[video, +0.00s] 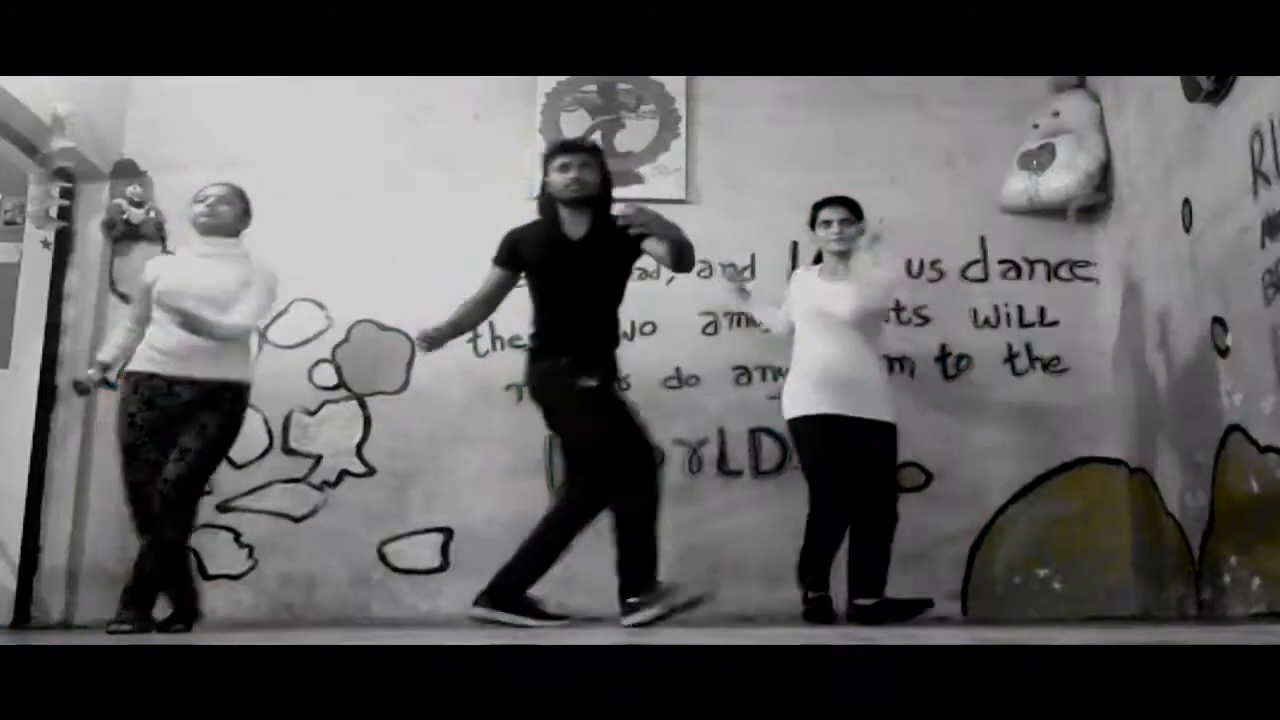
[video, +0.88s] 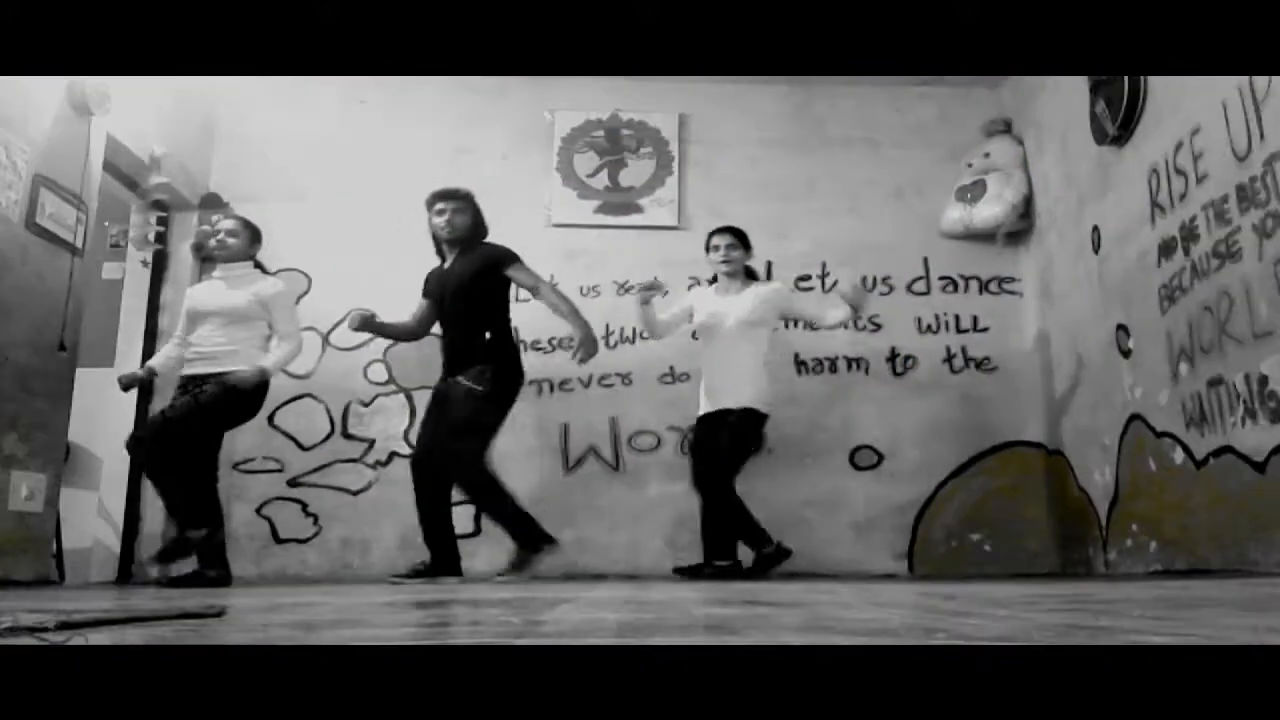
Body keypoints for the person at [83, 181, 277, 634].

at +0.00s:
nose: (208, 203)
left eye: (222, 199)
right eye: (201, 199)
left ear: (242, 219)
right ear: (190, 213)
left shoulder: (257, 272)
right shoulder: (161, 265)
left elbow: (242, 328)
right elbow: (133, 323)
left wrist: (194, 320)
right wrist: (103, 364)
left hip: (216, 392)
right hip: (149, 387)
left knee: (173, 494)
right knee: (145, 499)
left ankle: (134, 608)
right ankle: (185, 604)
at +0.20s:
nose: (176, 199)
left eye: (191, 195)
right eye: (170, 193)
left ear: (210, 215)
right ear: (159, 207)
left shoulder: (222, 259)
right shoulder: (151, 264)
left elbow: (228, 325)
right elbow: (131, 338)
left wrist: (168, 334)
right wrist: (81, 336)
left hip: (191, 381)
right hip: (139, 384)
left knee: (113, 472)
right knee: (158, 496)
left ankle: (124, 599)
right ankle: (213, 599)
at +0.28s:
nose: (161, 201)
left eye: (176, 199)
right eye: (157, 196)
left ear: (197, 219)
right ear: (146, 207)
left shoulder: (208, 262)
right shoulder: (125, 270)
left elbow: (255, 314)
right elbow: (99, 329)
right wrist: (47, 318)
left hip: (167, 382)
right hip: (137, 384)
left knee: (93, 489)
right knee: (166, 502)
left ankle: (79, 606)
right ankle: (220, 606)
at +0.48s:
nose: (141, 202)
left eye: (156, 198)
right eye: (137, 197)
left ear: (180, 219)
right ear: (127, 211)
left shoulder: (191, 264)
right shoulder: (105, 264)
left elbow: (239, 312)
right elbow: (61, 313)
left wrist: (261, 333)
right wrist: (25, 342)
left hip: (147, 379)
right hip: (98, 381)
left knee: (77, 484)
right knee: (97, 496)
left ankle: (86, 608)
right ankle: (188, 583)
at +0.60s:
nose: (135, 203)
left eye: (150, 199)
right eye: (132, 199)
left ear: (175, 218)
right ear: (125, 213)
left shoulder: (194, 267)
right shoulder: (100, 268)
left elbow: (216, 335)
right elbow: (70, 330)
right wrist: (42, 374)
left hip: (148, 381)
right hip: (87, 380)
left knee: (84, 478)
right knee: (71, 482)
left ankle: (131, 601)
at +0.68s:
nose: (216, 239)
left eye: (228, 235)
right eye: (212, 235)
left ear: (249, 250)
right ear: (205, 249)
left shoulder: (262, 289)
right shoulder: (193, 297)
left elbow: (261, 343)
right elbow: (176, 350)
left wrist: (205, 340)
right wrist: (145, 388)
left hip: (228, 390)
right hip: (178, 387)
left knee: (174, 462)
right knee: (162, 466)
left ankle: (207, 566)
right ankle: (167, 566)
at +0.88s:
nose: (219, 238)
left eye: (231, 234)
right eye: (216, 233)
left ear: (252, 247)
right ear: (209, 243)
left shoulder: (268, 286)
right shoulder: (196, 292)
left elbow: (290, 339)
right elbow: (181, 343)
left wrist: (263, 369)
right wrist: (144, 372)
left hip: (239, 384)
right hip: (194, 384)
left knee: (148, 439)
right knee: (198, 475)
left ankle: (192, 526)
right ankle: (213, 568)